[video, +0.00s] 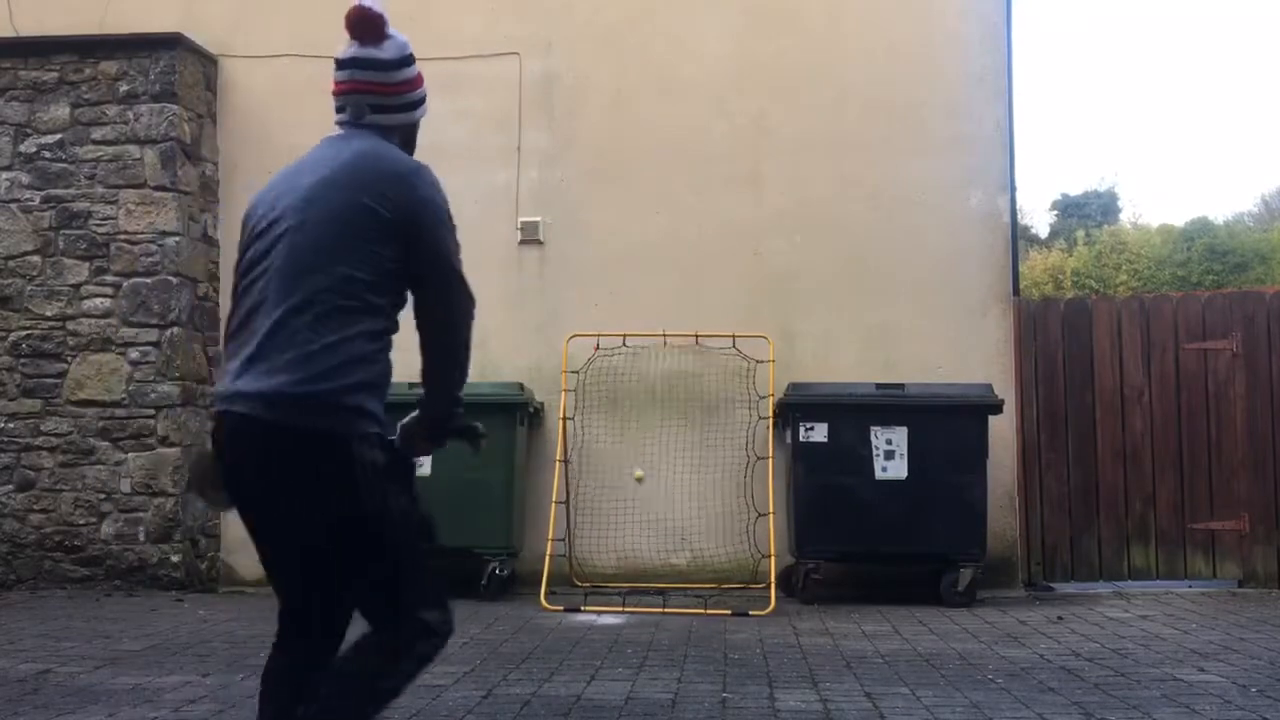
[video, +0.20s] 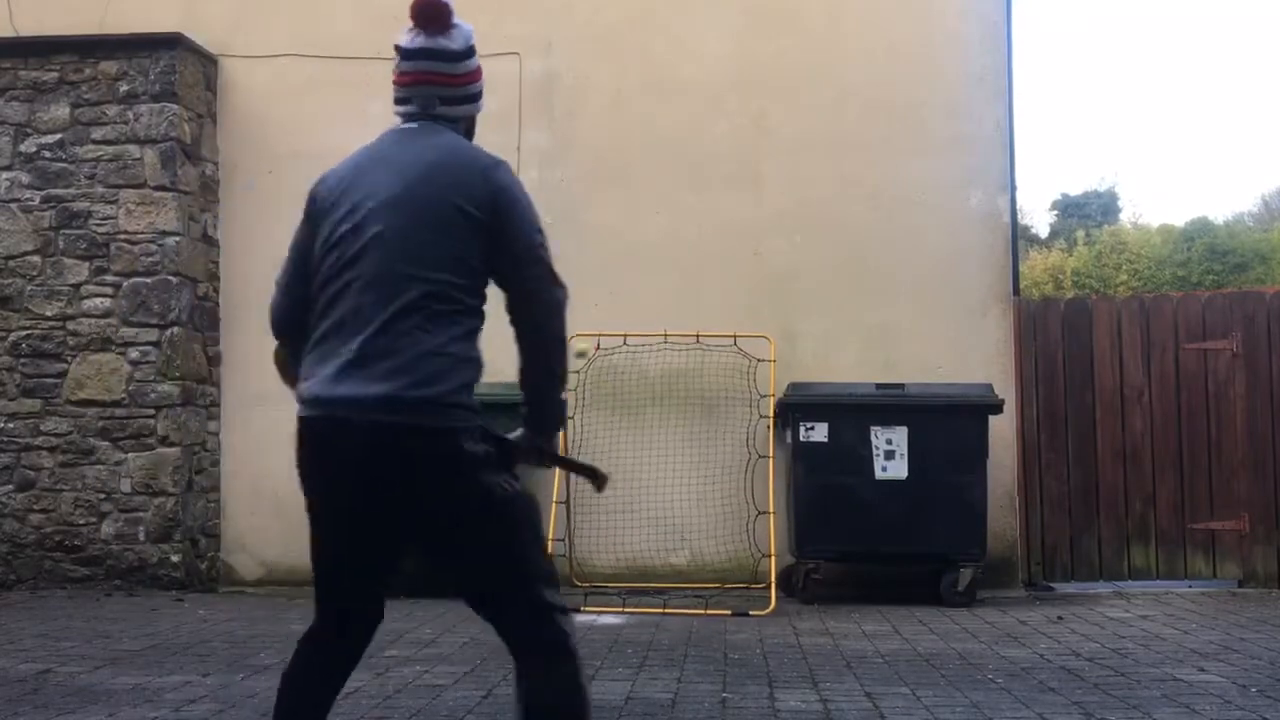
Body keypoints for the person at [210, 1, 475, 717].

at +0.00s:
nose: (418, 129)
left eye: (412, 115)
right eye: (418, 116)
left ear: (341, 108)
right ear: (410, 114)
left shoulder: (275, 189)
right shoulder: (407, 182)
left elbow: (243, 324)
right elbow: (447, 308)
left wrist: (229, 431)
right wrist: (435, 417)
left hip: (243, 425)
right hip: (333, 429)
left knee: (311, 612)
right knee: (417, 621)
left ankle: (281, 719)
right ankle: (318, 710)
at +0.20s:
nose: (478, 104)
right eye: (475, 94)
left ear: (399, 98)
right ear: (471, 102)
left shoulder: (338, 180)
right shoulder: (485, 178)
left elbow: (289, 311)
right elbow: (541, 302)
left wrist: (300, 366)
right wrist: (541, 426)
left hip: (329, 433)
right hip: (437, 436)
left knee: (342, 619)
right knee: (537, 632)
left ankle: (288, 717)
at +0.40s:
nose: (435, 70)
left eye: (436, 61)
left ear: (442, 68)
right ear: (518, 67)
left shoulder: (414, 159)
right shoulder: (586, 155)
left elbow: (355, 302)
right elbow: (642, 290)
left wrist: (335, 269)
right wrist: (642, 404)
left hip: (454, 435)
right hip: (575, 432)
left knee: (423, 622)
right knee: (604, 647)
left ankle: (384, 719)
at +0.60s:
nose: (454, 81)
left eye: (455, 67)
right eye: (455, 67)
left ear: (468, 63)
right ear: (540, 54)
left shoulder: (478, 134)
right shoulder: (634, 133)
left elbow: (379, 261)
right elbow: (636, 261)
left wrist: (280, 232)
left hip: (562, 396)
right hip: (670, 394)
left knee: (540, 630)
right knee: (645, 627)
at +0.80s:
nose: (520, 97)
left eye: (521, 80)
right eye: (518, 80)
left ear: (539, 74)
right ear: (601, 64)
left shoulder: (557, 154)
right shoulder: (667, 133)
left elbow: (516, 308)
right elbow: (668, 283)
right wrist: (613, 406)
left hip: (656, 411)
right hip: (747, 405)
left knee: (570, 637)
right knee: (674, 595)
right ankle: (759, 715)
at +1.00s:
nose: (600, 104)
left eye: (603, 83)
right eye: (598, 84)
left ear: (639, 81)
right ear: (670, 77)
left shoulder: (685, 155)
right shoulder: (723, 146)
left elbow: (639, 294)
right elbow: (669, 316)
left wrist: (519, 287)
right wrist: (572, 333)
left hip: (768, 428)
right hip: (830, 421)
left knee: (668, 639)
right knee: (817, 635)